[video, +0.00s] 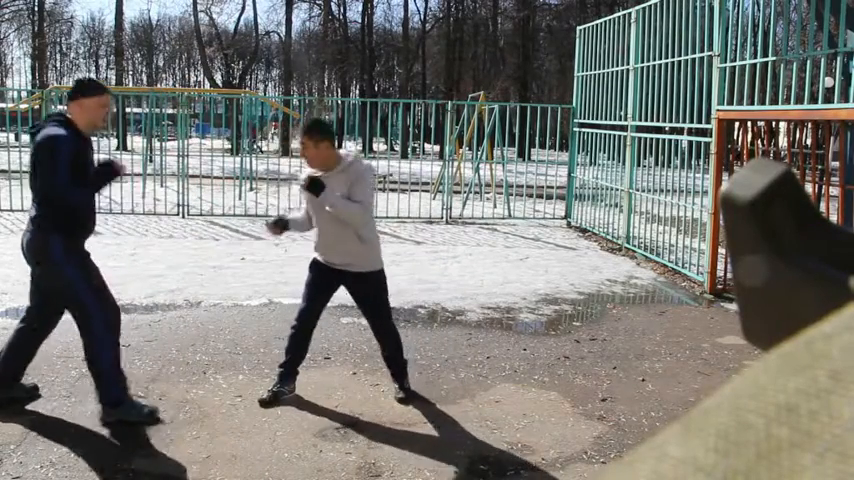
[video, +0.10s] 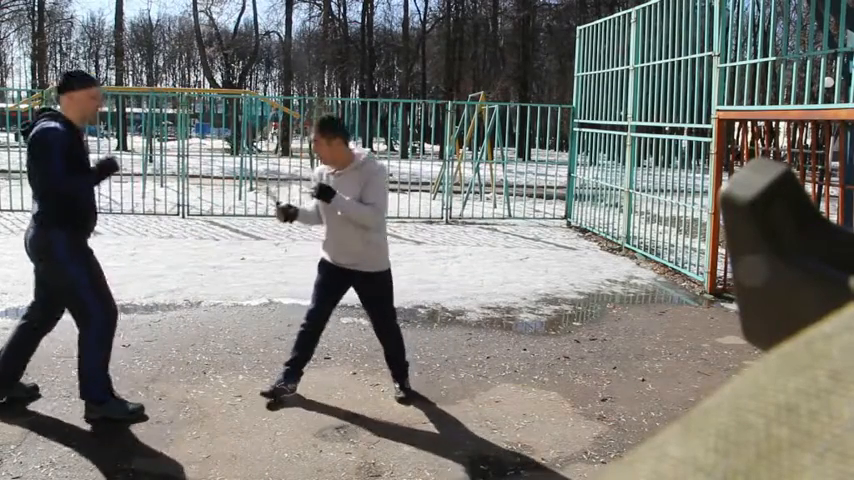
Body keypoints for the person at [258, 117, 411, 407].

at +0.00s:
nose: (304, 154)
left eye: (308, 147)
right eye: (302, 147)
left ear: (328, 146)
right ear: (309, 148)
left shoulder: (360, 171)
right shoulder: (313, 179)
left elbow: (361, 217)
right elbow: (310, 219)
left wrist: (324, 195)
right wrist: (286, 223)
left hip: (364, 266)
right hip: (326, 263)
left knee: (383, 327)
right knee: (304, 320)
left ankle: (401, 381)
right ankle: (285, 381)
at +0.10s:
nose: (315, 150)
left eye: (318, 144)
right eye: (314, 144)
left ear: (337, 142)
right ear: (332, 143)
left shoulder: (374, 171)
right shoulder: (325, 174)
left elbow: (374, 218)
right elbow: (321, 216)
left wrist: (335, 200)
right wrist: (296, 213)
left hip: (371, 266)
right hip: (334, 263)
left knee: (386, 328)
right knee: (312, 322)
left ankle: (401, 381)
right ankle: (288, 380)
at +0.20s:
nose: (323, 146)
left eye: (327, 140)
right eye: (322, 140)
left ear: (347, 138)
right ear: (339, 140)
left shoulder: (381, 168)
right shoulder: (333, 169)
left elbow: (380, 216)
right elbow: (330, 212)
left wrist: (341, 195)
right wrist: (304, 210)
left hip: (374, 265)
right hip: (338, 261)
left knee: (387, 327)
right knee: (316, 321)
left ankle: (401, 381)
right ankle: (296, 379)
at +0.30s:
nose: (327, 147)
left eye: (331, 141)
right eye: (327, 141)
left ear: (350, 138)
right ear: (344, 141)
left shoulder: (385, 170)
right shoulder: (341, 171)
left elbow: (381, 215)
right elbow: (332, 210)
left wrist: (343, 192)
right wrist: (308, 213)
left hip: (374, 267)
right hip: (338, 262)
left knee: (386, 328)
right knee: (315, 320)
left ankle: (401, 380)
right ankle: (297, 378)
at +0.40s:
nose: (326, 150)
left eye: (330, 144)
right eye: (326, 145)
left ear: (350, 142)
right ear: (344, 144)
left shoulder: (384, 174)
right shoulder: (340, 175)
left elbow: (376, 216)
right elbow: (330, 215)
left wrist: (340, 190)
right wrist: (309, 223)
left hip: (369, 269)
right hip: (334, 263)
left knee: (382, 331)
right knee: (305, 315)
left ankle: (401, 381)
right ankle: (295, 378)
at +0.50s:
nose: (320, 155)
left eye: (324, 149)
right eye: (320, 150)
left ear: (343, 149)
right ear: (338, 150)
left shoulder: (376, 179)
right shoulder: (330, 180)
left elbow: (367, 222)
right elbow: (324, 220)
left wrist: (333, 192)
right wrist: (310, 239)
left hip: (363, 273)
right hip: (328, 266)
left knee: (380, 335)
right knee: (291, 313)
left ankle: (401, 382)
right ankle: (282, 376)